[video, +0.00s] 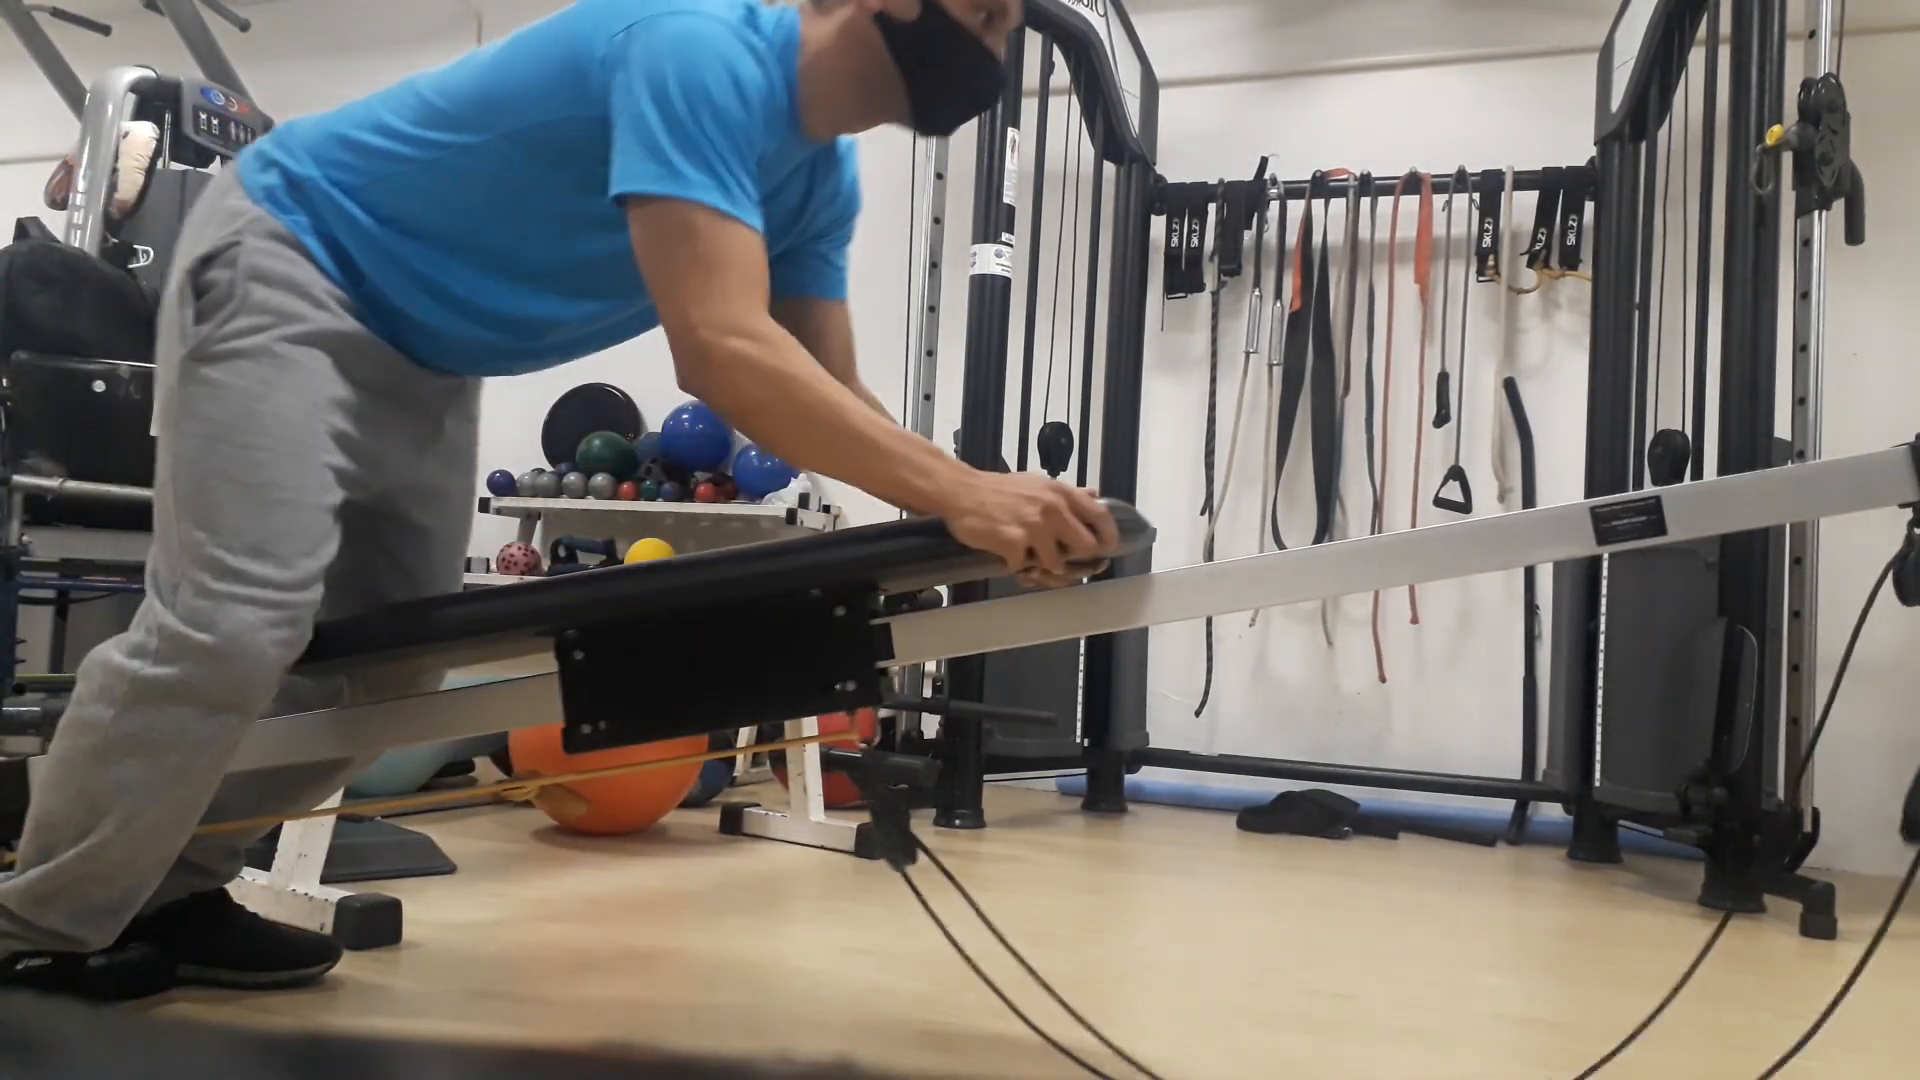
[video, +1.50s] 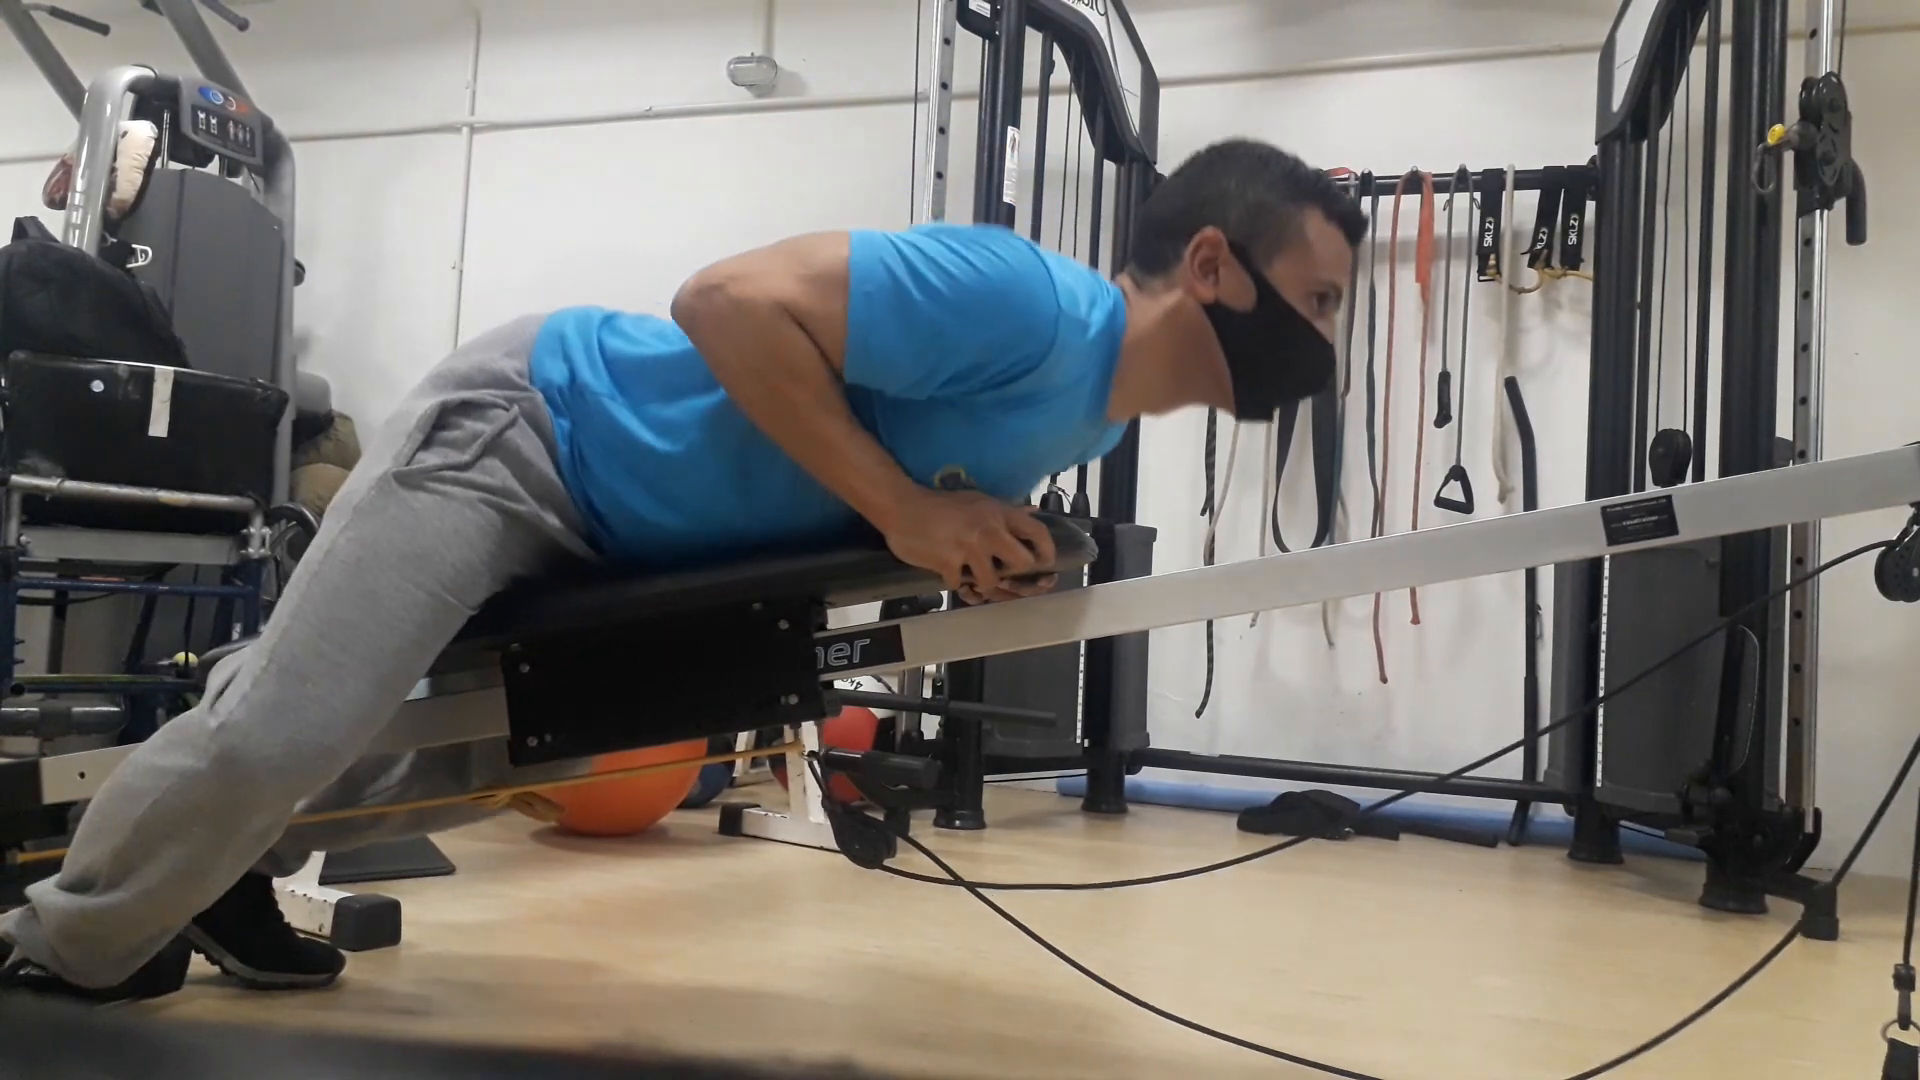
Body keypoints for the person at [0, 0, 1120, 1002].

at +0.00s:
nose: (1002, 44)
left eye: (1013, 34)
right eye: (991, 15)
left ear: (912, 36)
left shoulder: (819, 168)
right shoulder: (701, 55)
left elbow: (821, 384)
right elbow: (722, 352)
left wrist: (975, 496)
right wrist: (956, 492)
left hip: (426, 349)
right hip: (287, 253)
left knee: (391, 664)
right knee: (233, 627)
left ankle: (168, 883)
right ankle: (39, 926)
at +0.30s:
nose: (1041, 73)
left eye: (1057, 58)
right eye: (1040, 40)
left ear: (1005, 49)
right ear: (968, 1)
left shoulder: (894, 164)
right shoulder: (784, 49)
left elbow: (823, 376)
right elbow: (700, 341)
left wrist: (947, 511)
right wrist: (922, 503)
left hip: (492, 377)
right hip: (371, 275)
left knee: (420, 681)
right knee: (254, 659)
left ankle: (178, 875)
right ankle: (43, 929)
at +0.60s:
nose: (1141, 104)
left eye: (1155, 78)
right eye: (1132, 63)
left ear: (1063, 43)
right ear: (1038, 15)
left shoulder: (966, 202)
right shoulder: (853, 73)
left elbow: (846, 384)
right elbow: (699, 338)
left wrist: (939, 513)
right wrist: (909, 497)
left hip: (544, 415)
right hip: (438, 311)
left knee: (442, 697)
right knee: (295, 675)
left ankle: (195, 879)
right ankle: (52, 936)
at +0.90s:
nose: (1220, 164)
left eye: (1236, 136)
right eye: (1214, 119)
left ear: (1136, 101)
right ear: (1120, 71)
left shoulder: (1018, 266)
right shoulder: (926, 132)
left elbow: (851, 397)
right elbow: (706, 323)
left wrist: (936, 518)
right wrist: (905, 507)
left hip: (599, 465)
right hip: (493, 353)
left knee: (455, 716)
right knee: (309, 693)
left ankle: (206, 884)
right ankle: (58, 950)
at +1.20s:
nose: (1303, 256)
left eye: (1315, 226)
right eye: (1290, 215)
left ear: (1208, 199)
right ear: (1187, 176)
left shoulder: (1074, 340)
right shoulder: (991, 221)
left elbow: (868, 400)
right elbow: (723, 315)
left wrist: (954, 510)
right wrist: (904, 506)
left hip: (628, 500)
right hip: (530, 395)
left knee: (485, 727)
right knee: (302, 729)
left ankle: (220, 853)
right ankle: (64, 949)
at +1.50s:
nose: (1315, 347)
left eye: (1332, 319)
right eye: (1305, 302)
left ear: (1225, 293)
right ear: (1208, 263)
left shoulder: (1085, 426)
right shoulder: (1024, 308)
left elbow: (858, 494)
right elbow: (731, 308)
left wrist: (973, 559)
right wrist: (910, 510)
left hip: (621, 550)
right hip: (538, 427)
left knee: (493, 750)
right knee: (294, 726)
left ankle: (236, 848)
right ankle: (60, 945)